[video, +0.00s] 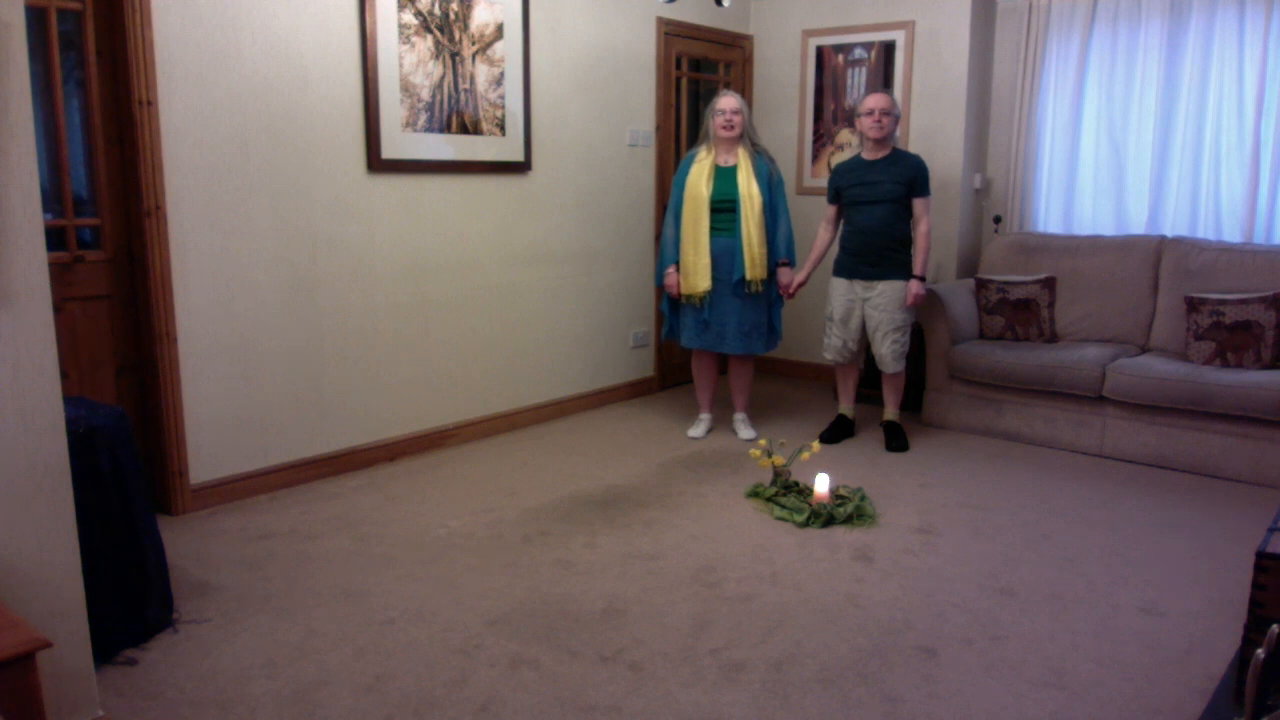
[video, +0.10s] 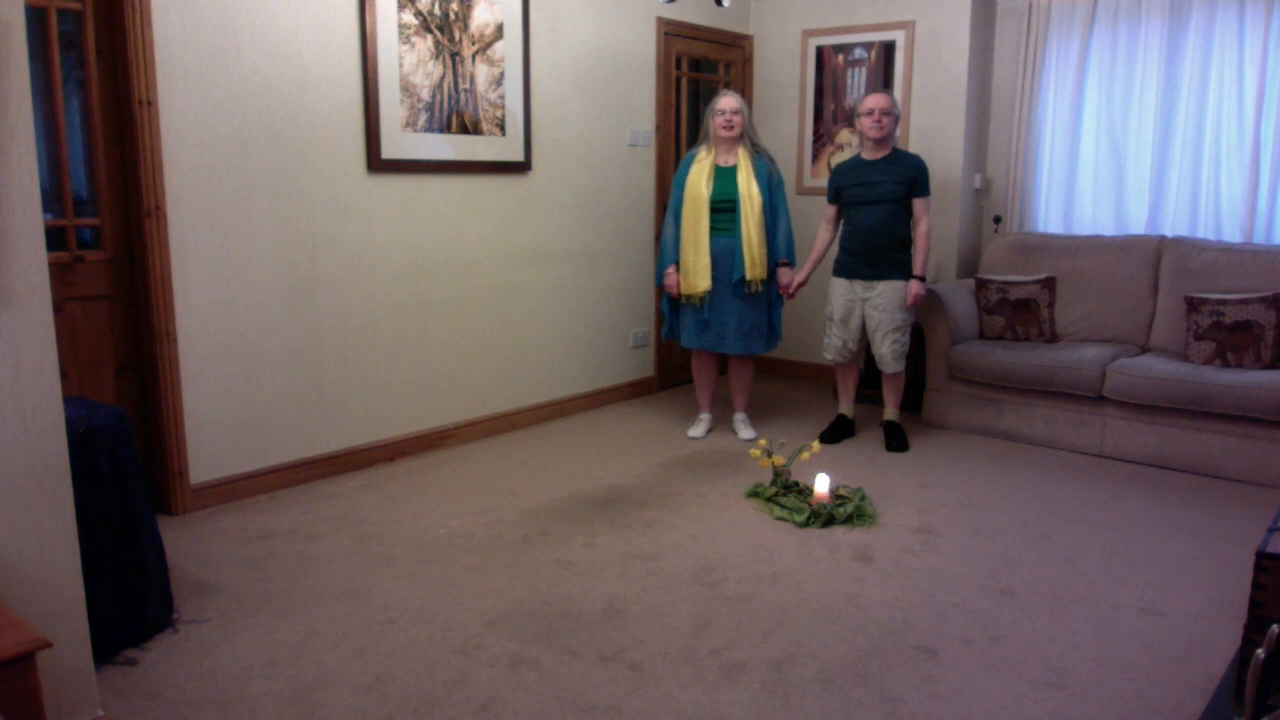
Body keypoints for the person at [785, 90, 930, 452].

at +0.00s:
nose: (877, 119)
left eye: (885, 114)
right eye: (870, 114)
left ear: (896, 121)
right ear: (857, 122)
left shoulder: (912, 167)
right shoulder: (842, 172)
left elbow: (922, 224)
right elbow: (828, 227)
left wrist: (918, 276)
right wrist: (804, 272)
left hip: (892, 279)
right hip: (847, 277)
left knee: (891, 354)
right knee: (843, 349)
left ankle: (892, 420)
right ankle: (845, 415)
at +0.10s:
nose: (877, 119)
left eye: (885, 114)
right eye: (870, 114)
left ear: (896, 121)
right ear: (857, 122)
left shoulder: (912, 167)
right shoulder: (842, 172)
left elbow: (922, 224)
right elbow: (828, 227)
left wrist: (918, 276)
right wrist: (804, 272)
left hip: (892, 279)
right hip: (847, 277)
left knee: (891, 354)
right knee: (843, 349)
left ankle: (892, 420)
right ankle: (845, 415)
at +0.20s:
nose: (877, 119)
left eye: (885, 114)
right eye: (870, 114)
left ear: (896, 121)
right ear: (857, 122)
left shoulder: (912, 167)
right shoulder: (842, 172)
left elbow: (922, 224)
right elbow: (828, 227)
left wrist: (918, 276)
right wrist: (804, 272)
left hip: (892, 279)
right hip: (847, 277)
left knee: (891, 354)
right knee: (843, 349)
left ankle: (892, 420)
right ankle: (845, 415)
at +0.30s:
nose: (877, 119)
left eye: (885, 114)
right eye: (870, 114)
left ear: (896, 121)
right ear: (857, 122)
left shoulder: (912, 167)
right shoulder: (842, 172)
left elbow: (922, 224)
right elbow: (828, 227)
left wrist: (918, 276)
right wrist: (804, 272)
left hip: (892, 279)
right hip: (847, 277)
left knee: (891, 354)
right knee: (843, 349)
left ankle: (892, 420)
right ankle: (845, 415)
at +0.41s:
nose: (877, 119)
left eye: (885, 114)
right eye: (870, 114)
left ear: (896, 121)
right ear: (857, 122)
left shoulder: (912, 167)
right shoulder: (842, 172)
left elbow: (922, 224)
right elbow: (828, 227)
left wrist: (918, 276)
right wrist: (804, 272)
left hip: (892, 279)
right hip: (847, 277)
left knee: (891, 354)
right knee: (843, 349)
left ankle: (892, 420)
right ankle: (845, 415)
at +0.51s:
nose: (877, 119)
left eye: (885, 114)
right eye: (870, 114)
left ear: (896, 121)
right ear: (857, 122)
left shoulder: (912, 167)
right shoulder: (842, 172)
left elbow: (922, 224)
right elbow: (828, 227)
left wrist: (918, 276)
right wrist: (804, 272)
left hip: (892, 279)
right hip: (847, 277)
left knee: (891, 354)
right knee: (843, 349)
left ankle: (891, 420)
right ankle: (845, 415)